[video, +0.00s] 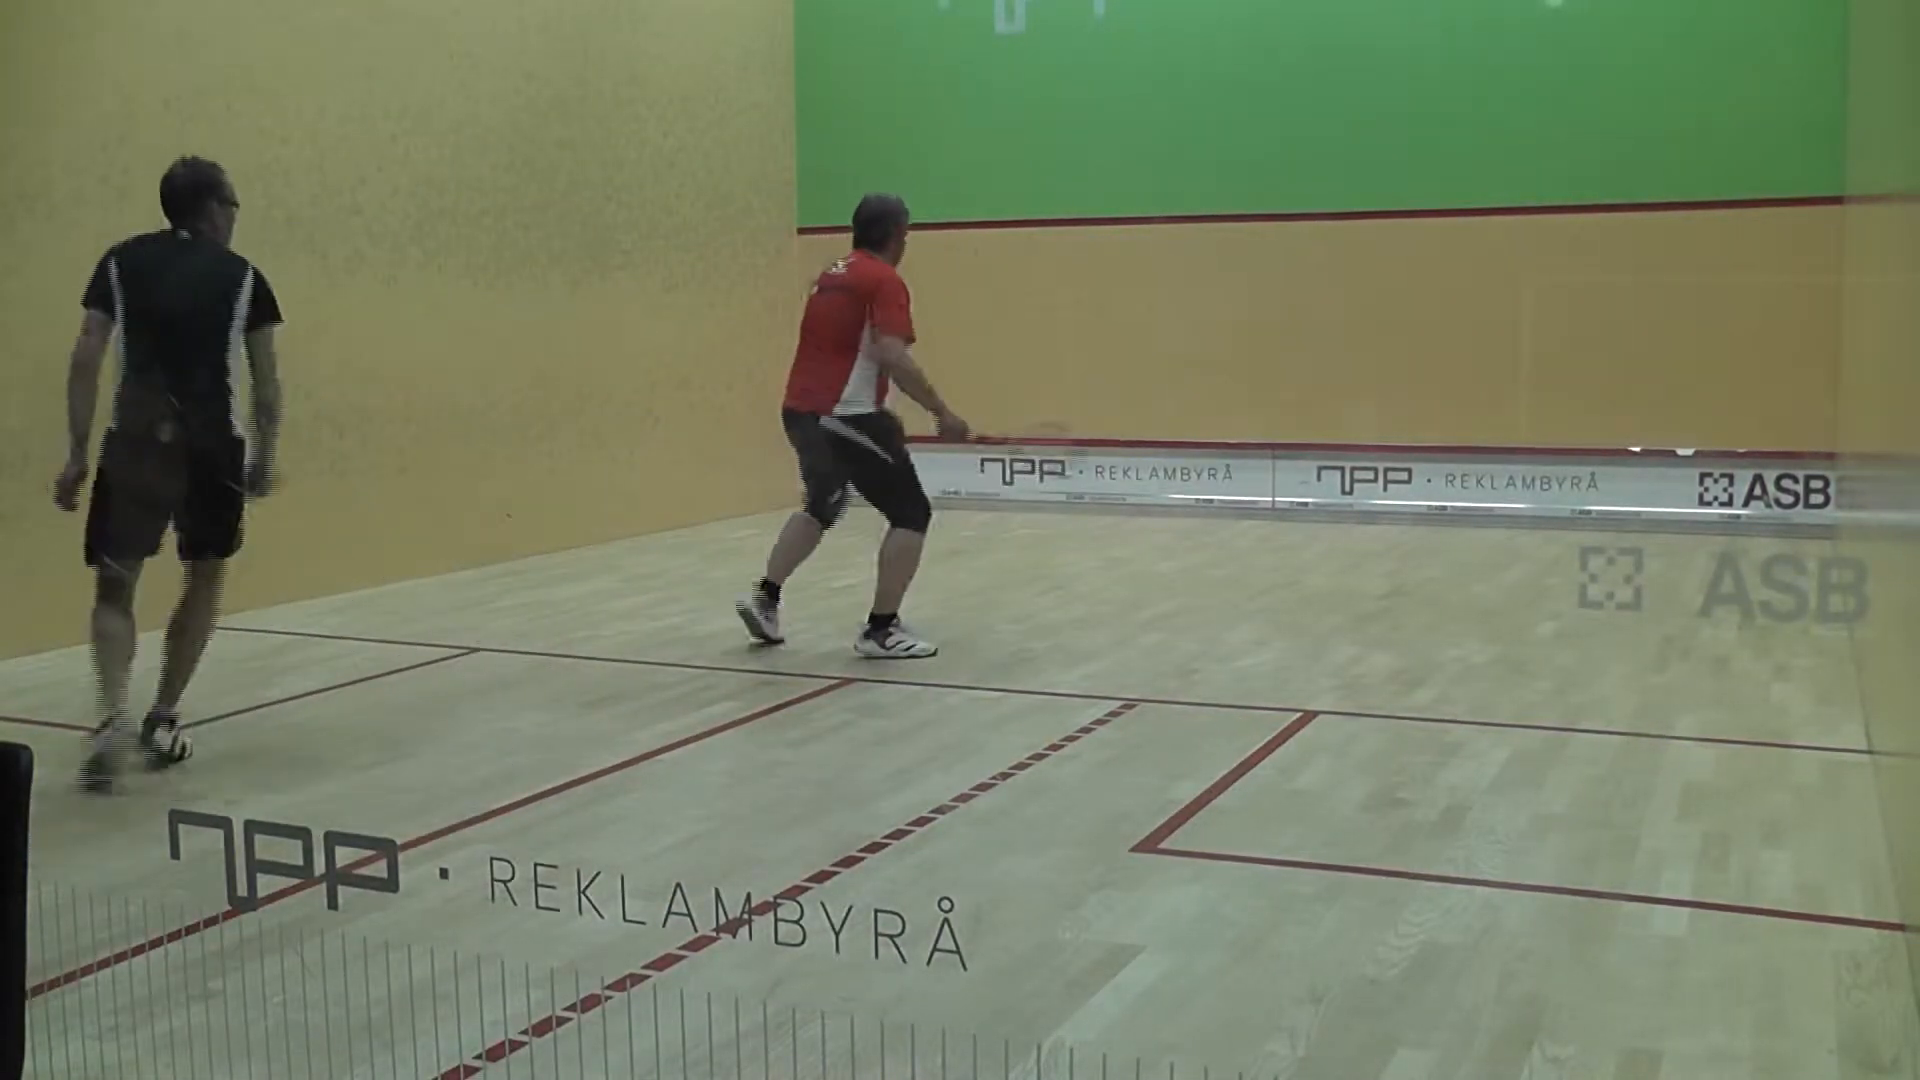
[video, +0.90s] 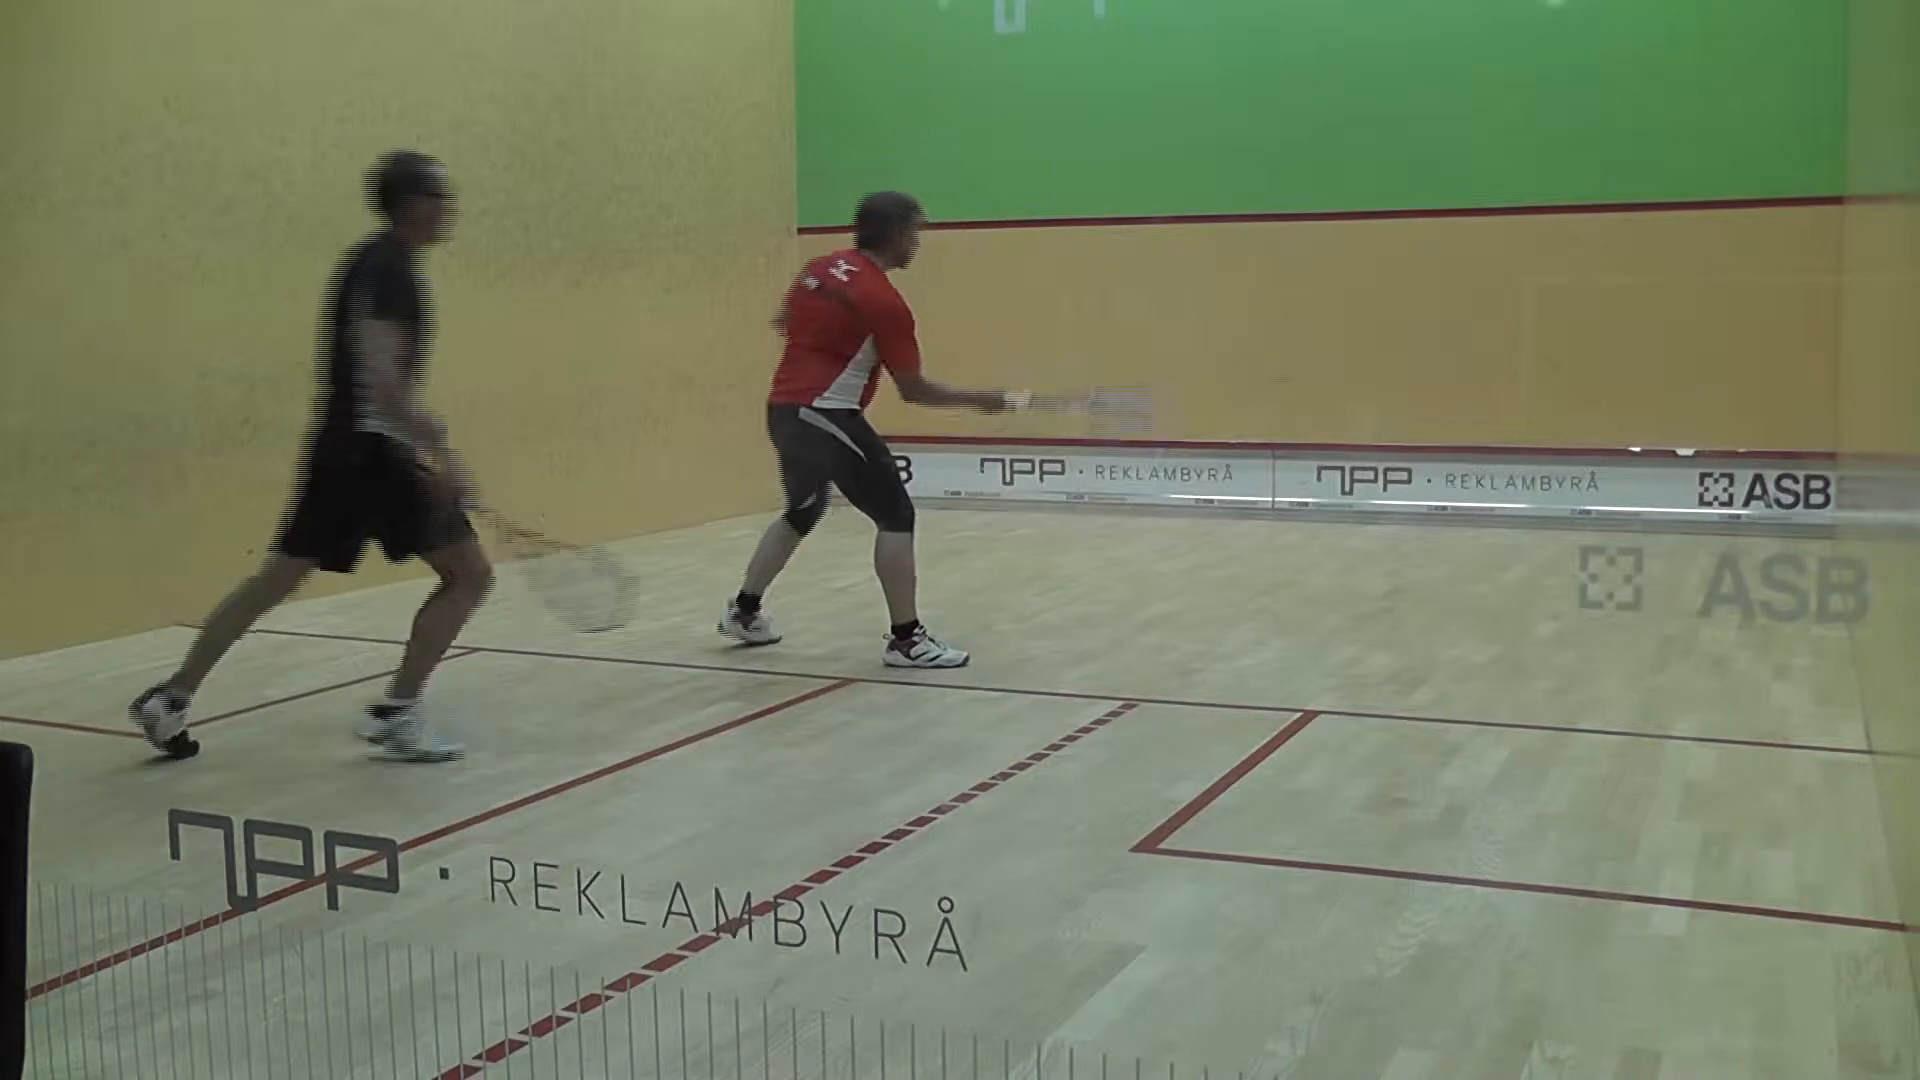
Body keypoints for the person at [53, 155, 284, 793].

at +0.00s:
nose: (236, 220)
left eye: (234, 208)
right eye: (231, 208)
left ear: (173, 212)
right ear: (209, 211)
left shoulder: (122, 261)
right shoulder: (241, 275)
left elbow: (85, 359)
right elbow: (266, 382)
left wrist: (76, 454)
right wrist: (264, 455)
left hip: (134, 453)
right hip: (210, 456)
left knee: (114, 588)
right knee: (204, 580)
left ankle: (110, 719)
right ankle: (163, 716)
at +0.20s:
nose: (242, 210)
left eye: (242, 198)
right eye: (235, 198)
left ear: (181, 202)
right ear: (209, 202)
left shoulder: (130, 258)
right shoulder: (236, 265)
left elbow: (93, 361)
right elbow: (288, 365)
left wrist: (117, 424)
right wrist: (331, 432)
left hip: (132, 451)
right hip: (209, 449)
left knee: (117, 594)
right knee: (281, 550)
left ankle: (85, 747)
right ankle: (248, 694)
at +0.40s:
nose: (288, 203)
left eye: (287, 190)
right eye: (280, 191)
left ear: (233, 196)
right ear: (251, 193)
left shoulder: (184, 253)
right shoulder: (267, 251)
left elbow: (152, 358)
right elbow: (283, 347)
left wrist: (190, 419)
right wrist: (341, 425)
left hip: (189, 445)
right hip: (255, 441)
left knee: (170, 582)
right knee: (301, 565)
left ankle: (97, 710)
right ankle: (287, 713)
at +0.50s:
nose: (312, 198)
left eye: (311, 186)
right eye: (304, 185)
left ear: (256, 190)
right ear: (273, 187)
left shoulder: (209, 243)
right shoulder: (278, 243)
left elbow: (198, 347)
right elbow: (277, 338)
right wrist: (331, 423)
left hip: (197, 434)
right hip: (256, 431)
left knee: (208, 574)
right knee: (336, 550)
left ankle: (145, 714)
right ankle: (301, 701)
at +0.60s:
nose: (324, 202)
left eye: (322, 190)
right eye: (315, 190)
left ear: (271, 194)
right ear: (282, 192)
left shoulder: (223, 250)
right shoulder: (279, 251)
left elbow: (224, 359)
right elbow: (271, 348)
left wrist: (289, 424)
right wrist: (329, 432)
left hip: (206, 443)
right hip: (262, 442)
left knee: (210, 585)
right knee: (372, 549)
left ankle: (144, 725)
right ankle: (335, 688)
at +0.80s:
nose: (380, 207)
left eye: (378, 196)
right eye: (371, 195)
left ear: (331, 202)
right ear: (342, 200)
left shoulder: (291, 259)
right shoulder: (322, 262)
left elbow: (280, 379)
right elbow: (310, 370)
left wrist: (349, 423)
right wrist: (360, 452)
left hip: (274, 453)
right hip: (313, 450)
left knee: (239, 586)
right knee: (427, 555)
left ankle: (150, 717)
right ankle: (425, 711)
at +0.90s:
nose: (445, 210)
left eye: (443, 199)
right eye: (433, 199)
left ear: (405, 209)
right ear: (402, 207)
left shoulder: (379, 263)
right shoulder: (384, 269)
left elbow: (378, 378)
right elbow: (379, 382)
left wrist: (417, 431)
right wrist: (434, 452)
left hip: (341, 453)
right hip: (376, 454)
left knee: (277, 578)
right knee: (469, 575)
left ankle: (171, 699)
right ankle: (398, 711)